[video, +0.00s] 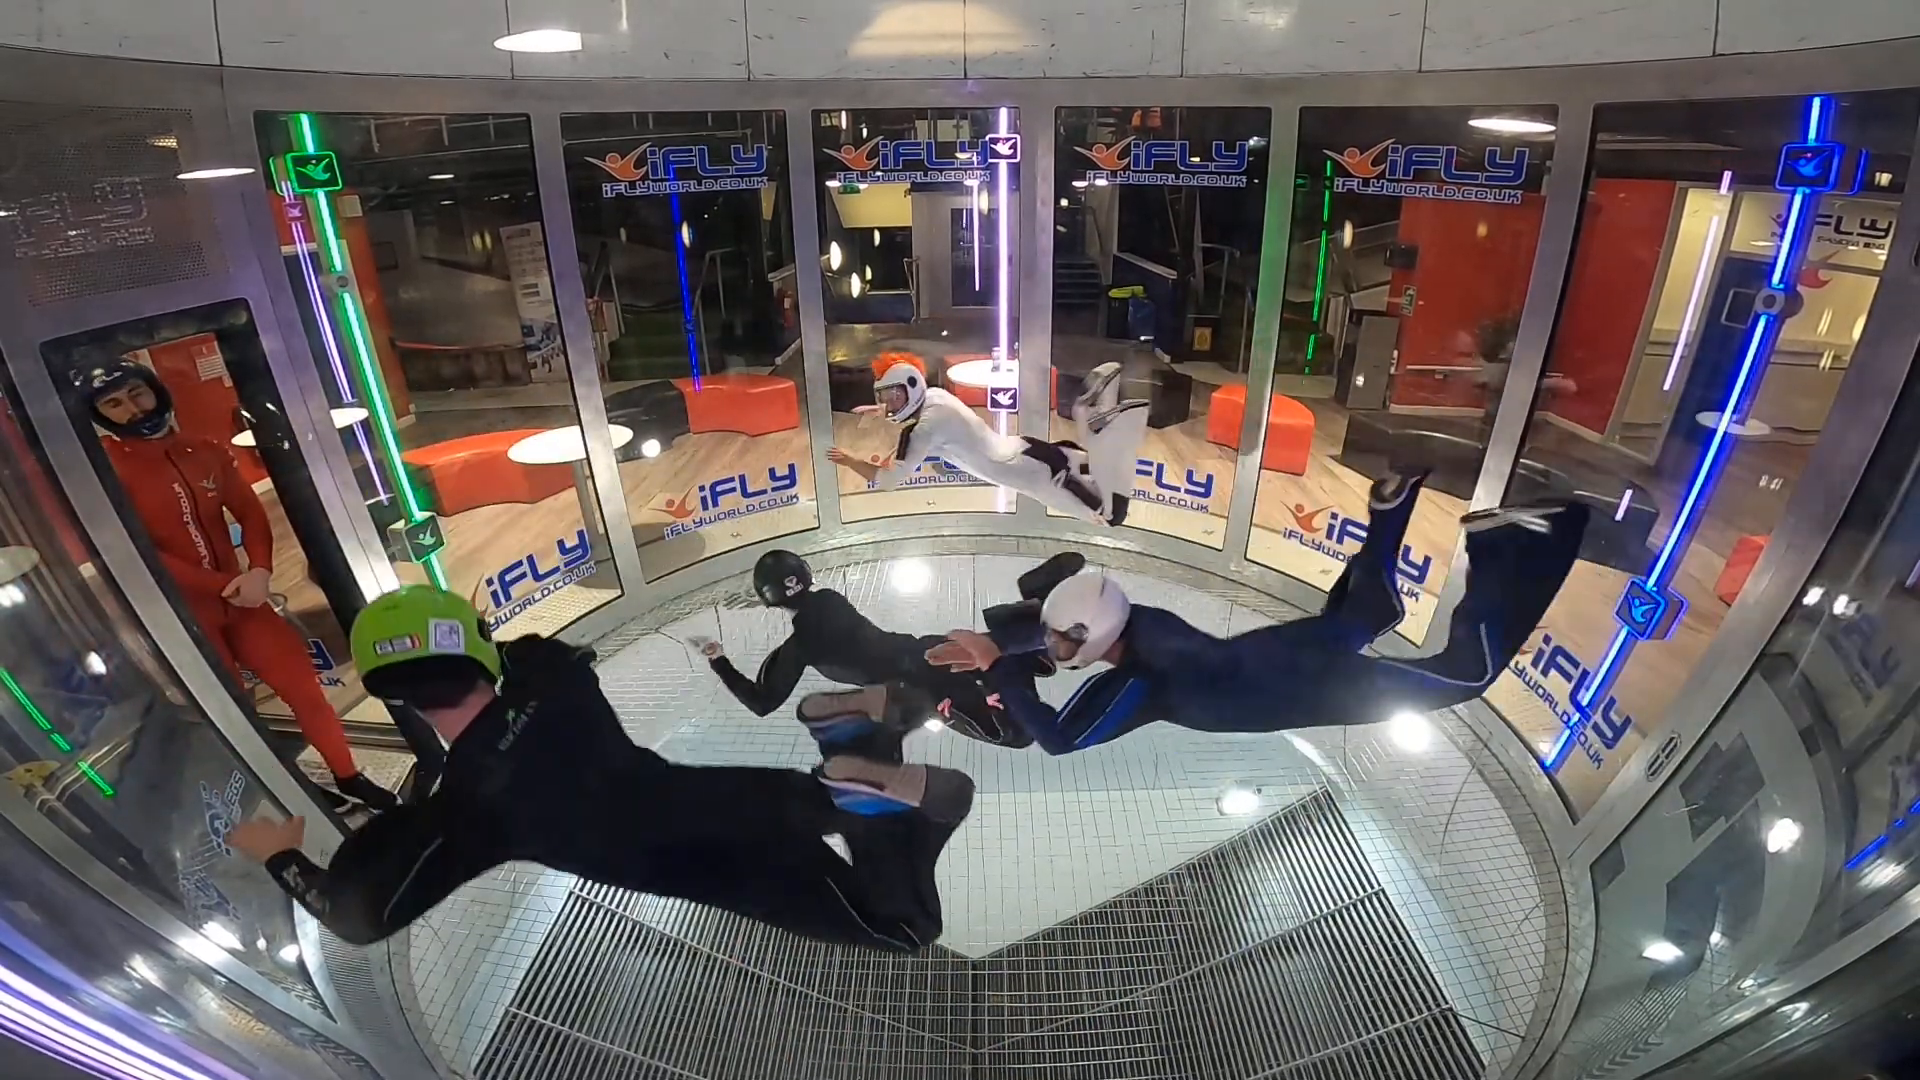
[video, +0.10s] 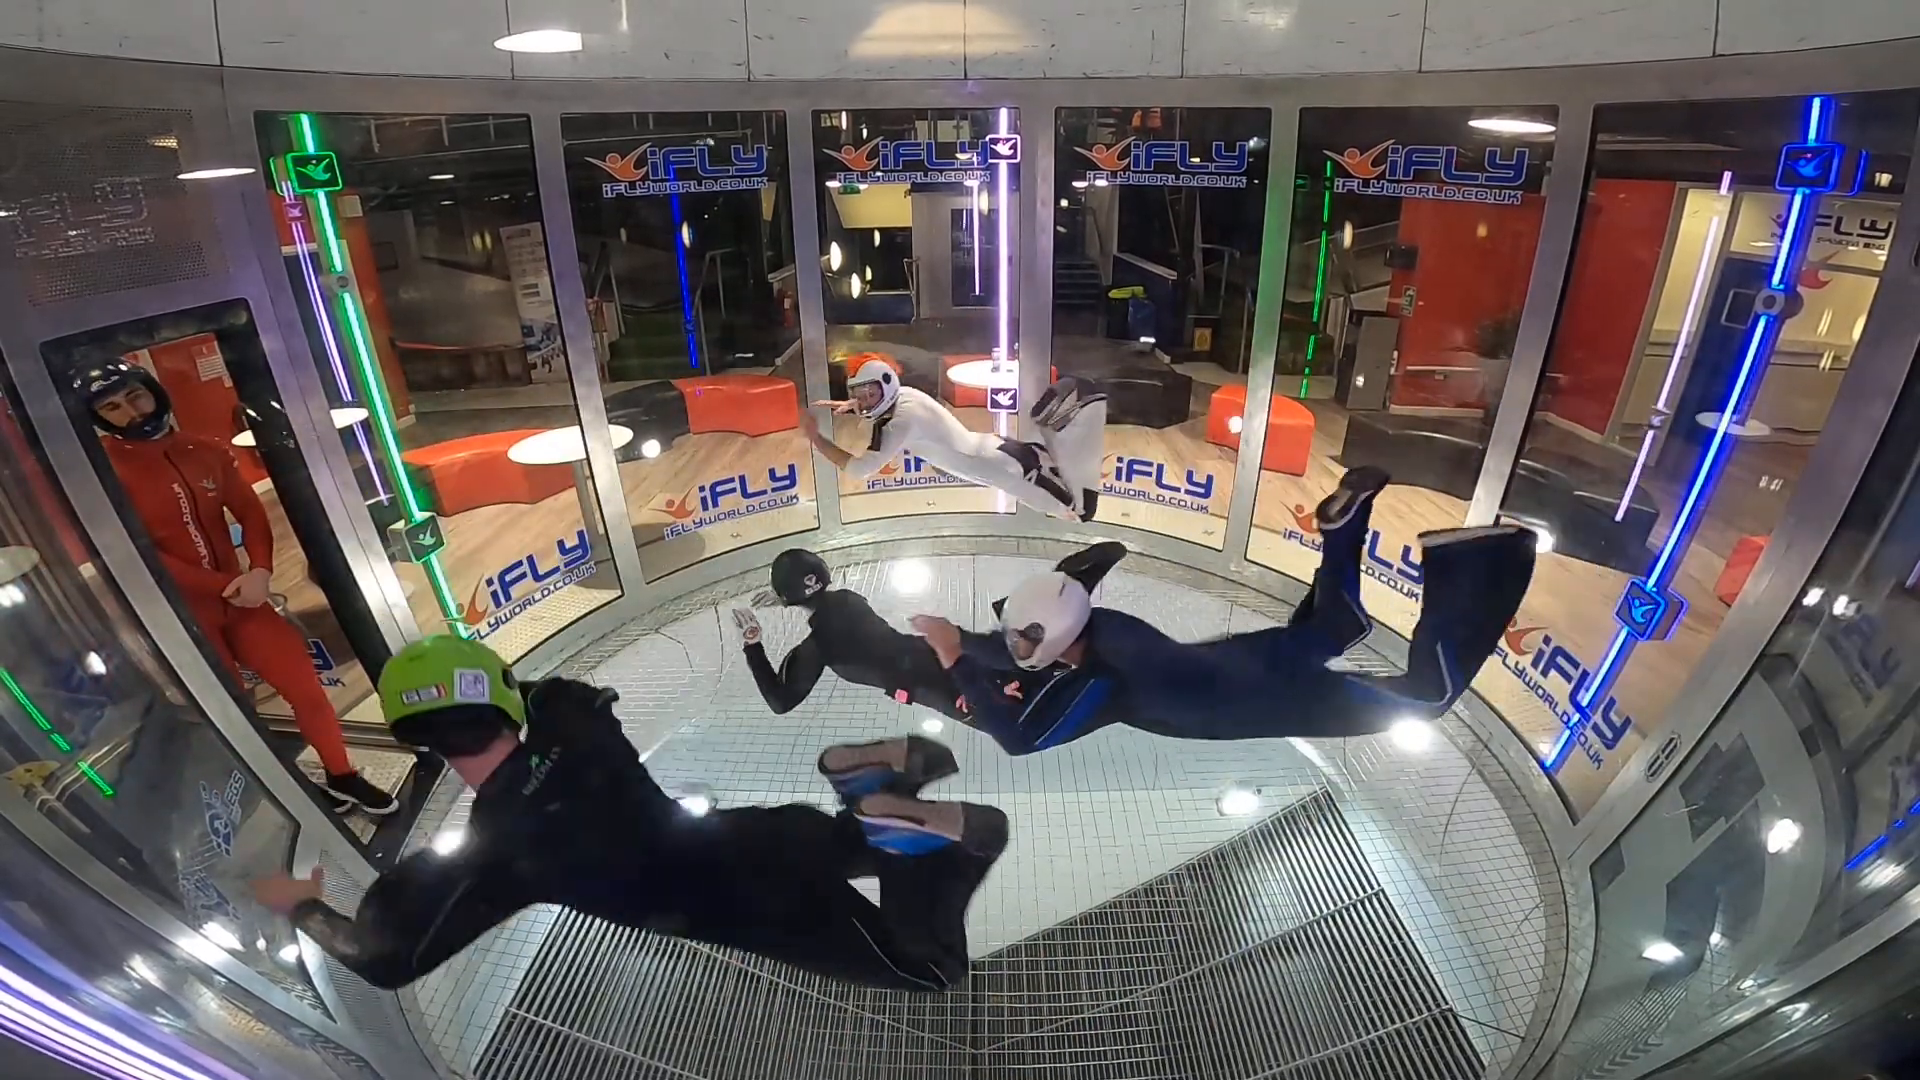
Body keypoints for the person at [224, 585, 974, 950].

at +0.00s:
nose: (409, 707)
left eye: (402, 693)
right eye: (406, 690)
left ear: (401, 703)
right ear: (478, 646)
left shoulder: (468, 806)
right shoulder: (550, 667)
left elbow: (361, 912)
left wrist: (289, 855)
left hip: (726, 865)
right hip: (742, 791)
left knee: (901, 926)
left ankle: (875, 810)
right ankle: (857, 741)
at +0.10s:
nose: (451, 760)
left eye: (454, 743)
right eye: (442, 743)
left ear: (469, 735)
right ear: (502, 696)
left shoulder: (504, 846)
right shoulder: (565, 708)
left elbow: (393, 953)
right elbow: (565, 695)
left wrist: (301, 907)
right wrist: (477, 689)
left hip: (753, 908)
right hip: (757, 831)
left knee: (923, 963)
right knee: (862, 851)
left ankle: (918, 845)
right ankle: (885, 776)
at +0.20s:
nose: (483, 803)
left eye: (476, 787)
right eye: (477, 783)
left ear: (484, 793)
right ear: (532, 739)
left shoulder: (538, 887)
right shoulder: (594, 751)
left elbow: (434, 992)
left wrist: (356, 949)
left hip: (752, 946)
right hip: (762, 869)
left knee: (942, 988)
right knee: (874, 876)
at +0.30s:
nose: (545, 804)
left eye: (514, 814)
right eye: (534, 797)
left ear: (509, 853)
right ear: (565, 795)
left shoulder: (567, 932)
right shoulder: (636, 810)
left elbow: (478, 1030)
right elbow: (643, 773)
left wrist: (389, 983)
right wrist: (563, 773)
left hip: (792, 975)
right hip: (811, 910)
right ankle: (979, 893)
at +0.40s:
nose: (570, 898)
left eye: (567, 885)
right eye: (563, 880)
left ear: (582, 881)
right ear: (620, 833)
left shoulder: (627, 959)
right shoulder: (676, 837)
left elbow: (533, 1056)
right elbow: (678, 799)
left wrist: (439, 1018)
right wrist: (607, 805)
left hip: (856, 1011)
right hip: (872, 932)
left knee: (981, 1046)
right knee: (954, 930)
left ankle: (1091, 1019)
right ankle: (1031, 907)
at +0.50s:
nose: (601, 944)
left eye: (596, 931)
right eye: (605, 916)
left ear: (606, 928)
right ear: (655, 873)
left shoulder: (681, 1006)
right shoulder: (727, 873)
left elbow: (598, 1061)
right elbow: (726, 831)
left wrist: (522, 1046)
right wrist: (655, 824)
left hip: (902, 1032)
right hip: (914, 953)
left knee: (1026, 1048)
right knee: (1007, 950)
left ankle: (1136, 1025)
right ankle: (1082, 912)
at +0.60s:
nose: (667, 961)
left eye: (658, 952)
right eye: (662, 944)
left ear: (670, 957)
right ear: (701, 907)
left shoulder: (733, 1028)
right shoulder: (769, 901)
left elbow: (675, 1067)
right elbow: (773, 854)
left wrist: (606, 1064)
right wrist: (699, 872)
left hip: (952, 1048)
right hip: (949, 975)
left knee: (1102, 1051)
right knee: (1046, 964)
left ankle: (1222, 1003)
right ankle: (1138, 915)